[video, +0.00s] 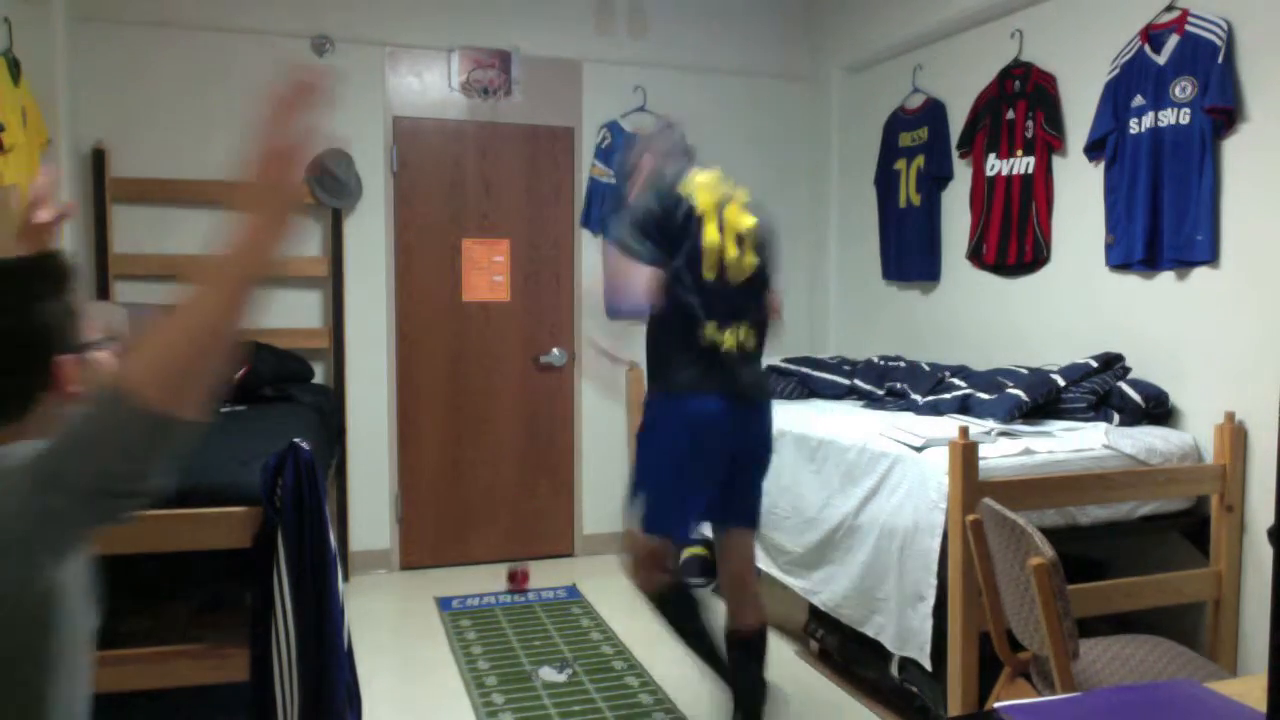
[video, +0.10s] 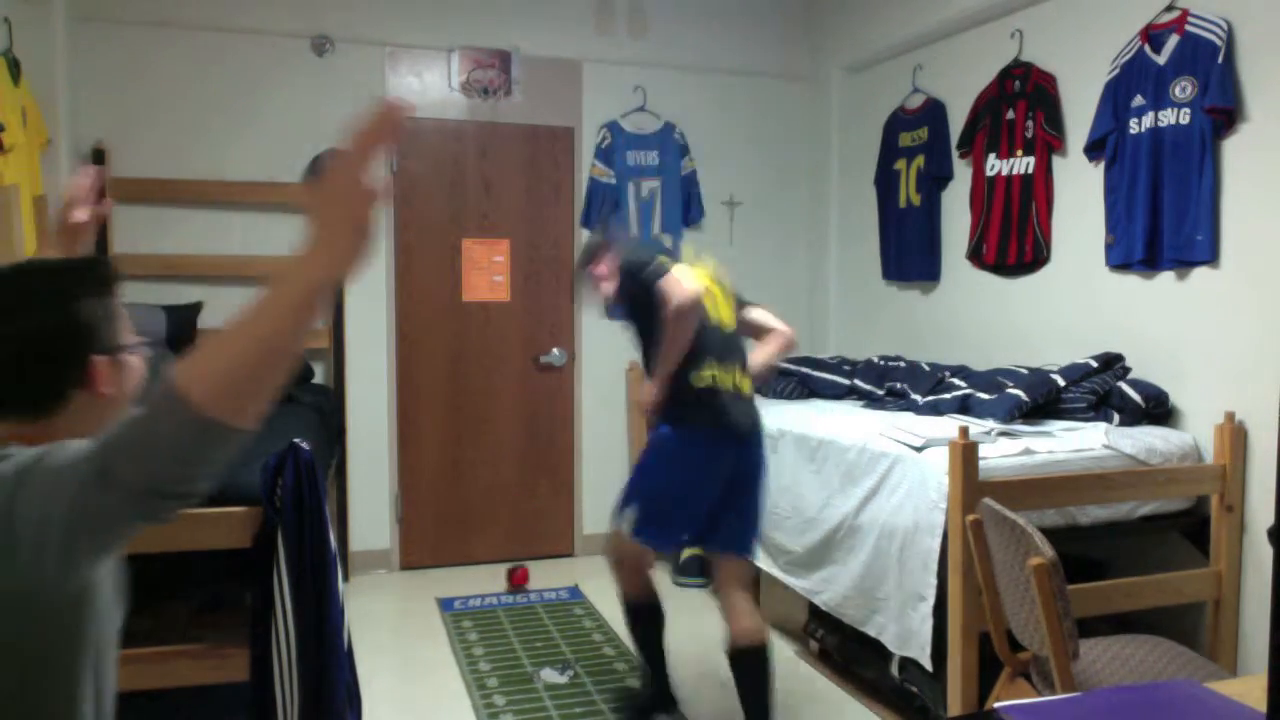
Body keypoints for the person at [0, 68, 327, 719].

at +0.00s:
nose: (119, 358)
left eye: (113, 340)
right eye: (102, 344)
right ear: (63, 377)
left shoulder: (31, 500)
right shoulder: (22, 505)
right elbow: (138, 419)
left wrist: (27, 264)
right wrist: (261, 224)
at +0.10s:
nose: (146, 353)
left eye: (136, 337)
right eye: (131, 343)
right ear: (101, 377)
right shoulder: (34, 502)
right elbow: (173, 448)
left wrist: (64, 262)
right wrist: (324, 260)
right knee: (309, 408)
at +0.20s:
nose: (160, 363)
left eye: (154, 347)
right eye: (149, 351)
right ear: (113, 378)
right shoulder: (37, 500)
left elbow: (34, 352)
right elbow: (182, 455)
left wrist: (82, 245)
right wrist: (334, 275)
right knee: (317, 408)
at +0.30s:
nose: (174, 370)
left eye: (167, 354)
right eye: (165, 356)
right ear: (132, 380)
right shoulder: (56, 500)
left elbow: (48, 360)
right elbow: (208, 454)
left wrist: (97, 265)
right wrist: (368, 276)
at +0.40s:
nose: (177, 374)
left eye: (172, 357)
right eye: (170, 358)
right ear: (135, 381)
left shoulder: (21, 475)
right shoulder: (69, 500)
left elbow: (52, 365)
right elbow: (215, 457)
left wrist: (101, 266)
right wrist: (377, 287)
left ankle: (312, 695)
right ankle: (310, 698)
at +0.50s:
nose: (180, 370)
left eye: (175, 353)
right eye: (174, 356)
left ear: (25, 365)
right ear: (142, 381)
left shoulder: (21, 475)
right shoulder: (77, 502)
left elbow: (44, 367)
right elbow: (226, 469)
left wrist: (93, 279)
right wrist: (402, 302)